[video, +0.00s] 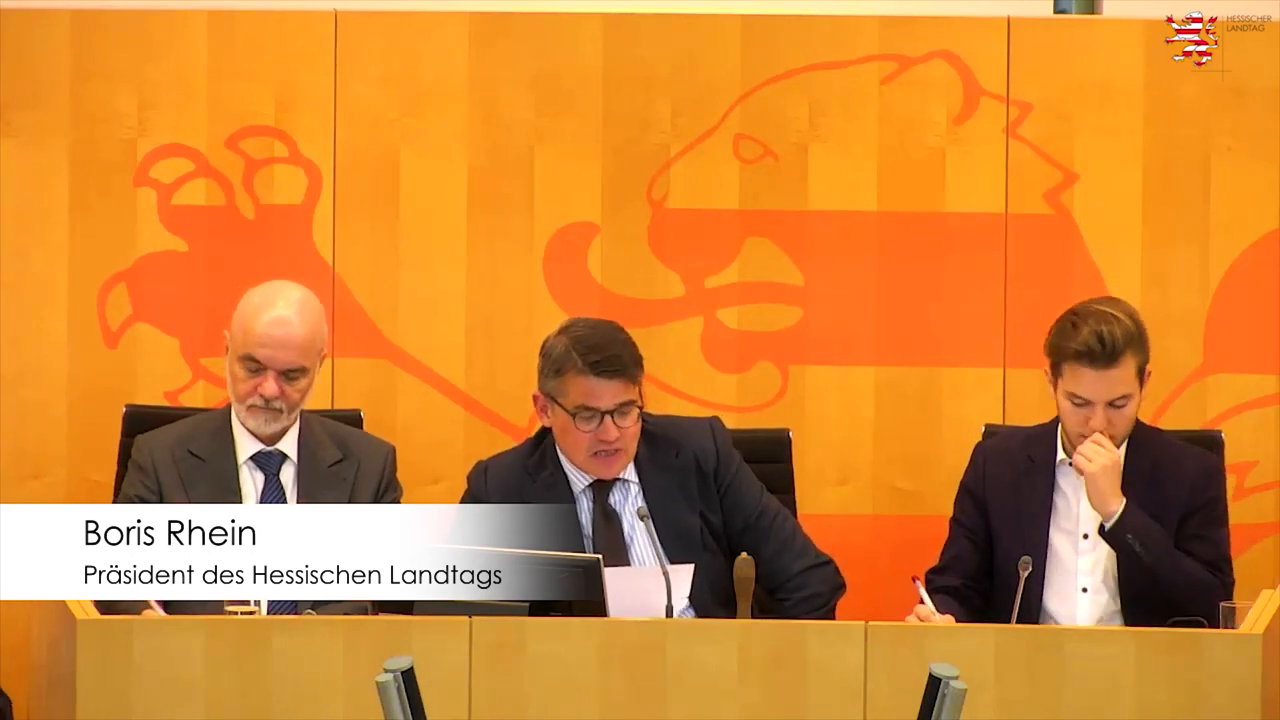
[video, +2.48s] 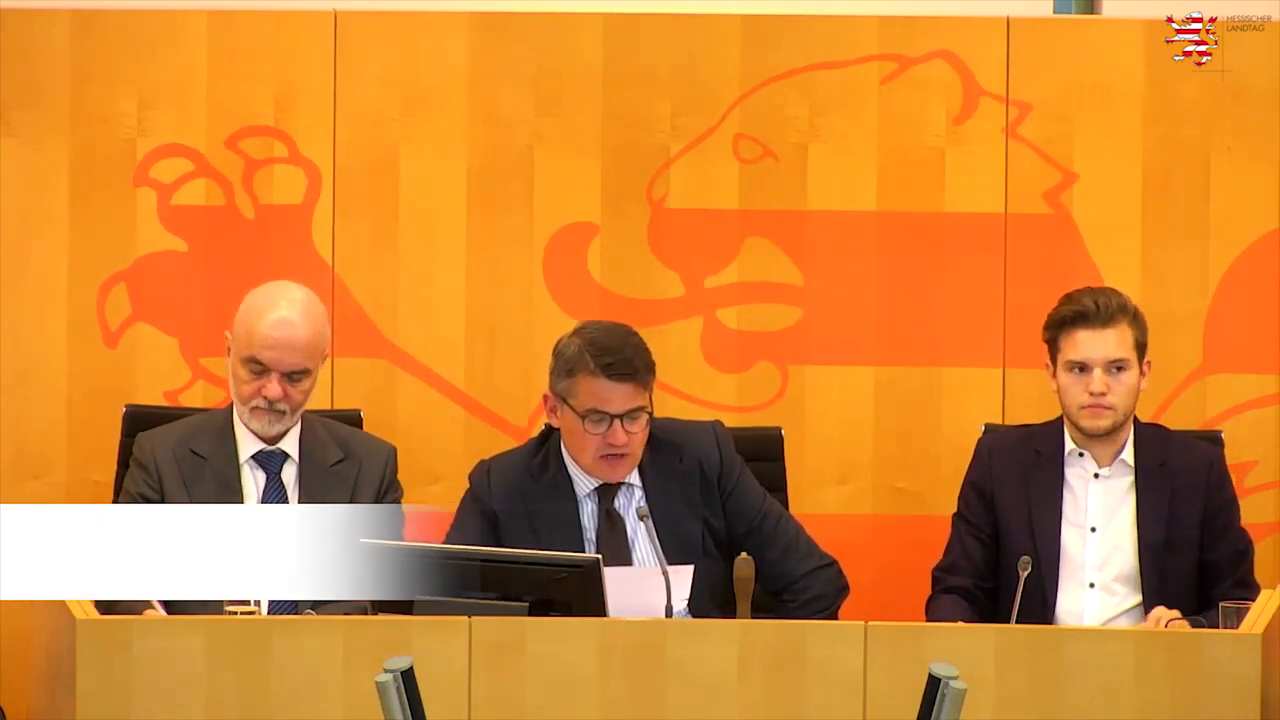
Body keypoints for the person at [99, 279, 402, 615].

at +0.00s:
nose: (269, 390)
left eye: (292, 375)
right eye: (253, 367)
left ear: (320, 364)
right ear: (226, 351)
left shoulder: (371, 463)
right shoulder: (158, 457)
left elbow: (384, 587)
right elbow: (116, 575)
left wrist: (311, 634)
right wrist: (147, 620)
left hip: (325, 667)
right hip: (195, 662)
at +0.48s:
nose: (271, 388)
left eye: (294, 371)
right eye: (254, 364)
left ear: (321, 363)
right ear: (228, 349)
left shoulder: (372, 464)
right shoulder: (159, 456)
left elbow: (384, 588)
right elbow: (118, 575)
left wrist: (312, 635)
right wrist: (149, 620)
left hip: (326, 666)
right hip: (196, 661)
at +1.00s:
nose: (285, 390)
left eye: (304, 371)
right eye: (265, 368)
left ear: (321, 362)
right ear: (226, 355)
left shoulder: (371, 463)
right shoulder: (159, 457)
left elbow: (386, 587)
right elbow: (118, 577)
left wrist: (312, 633)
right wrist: (147, 618)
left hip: (327, 664)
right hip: (197, 659)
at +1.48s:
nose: (292, 391)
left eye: (308, 371)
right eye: (271, 369)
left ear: (323, 362)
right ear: (228, 358)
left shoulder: (371, 463)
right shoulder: (160, 457)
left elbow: (387, 588)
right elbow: (118, 575)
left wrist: (313, 635)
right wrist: (145, 616)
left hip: (327, 666)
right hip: (196, 660)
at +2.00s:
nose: (273, 392)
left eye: (296, 376)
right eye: (256, 368)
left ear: (321, 363)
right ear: (228, 351)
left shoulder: (372, 464)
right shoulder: (159, 456)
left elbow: (390, 590)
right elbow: (117, 574)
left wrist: (314, 636)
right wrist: (144, 617)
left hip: (326, 666)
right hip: (196, 661)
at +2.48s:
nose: (273, 392)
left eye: (296, 376)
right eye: (256, 369)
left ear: (322, 363)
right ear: (229, 351)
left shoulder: (372, 464)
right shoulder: (159, 455)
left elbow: (390, 593)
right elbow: (119, 578)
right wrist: (147, 619)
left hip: (328, 667)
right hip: (196, 662)